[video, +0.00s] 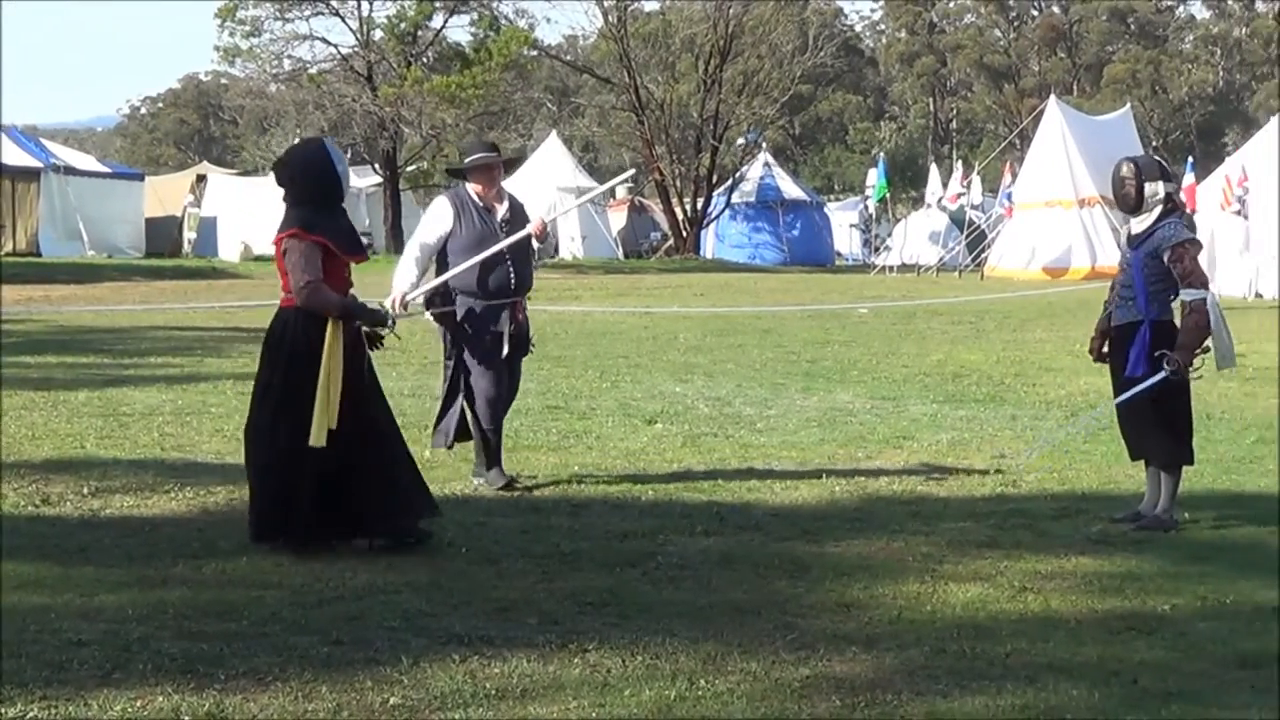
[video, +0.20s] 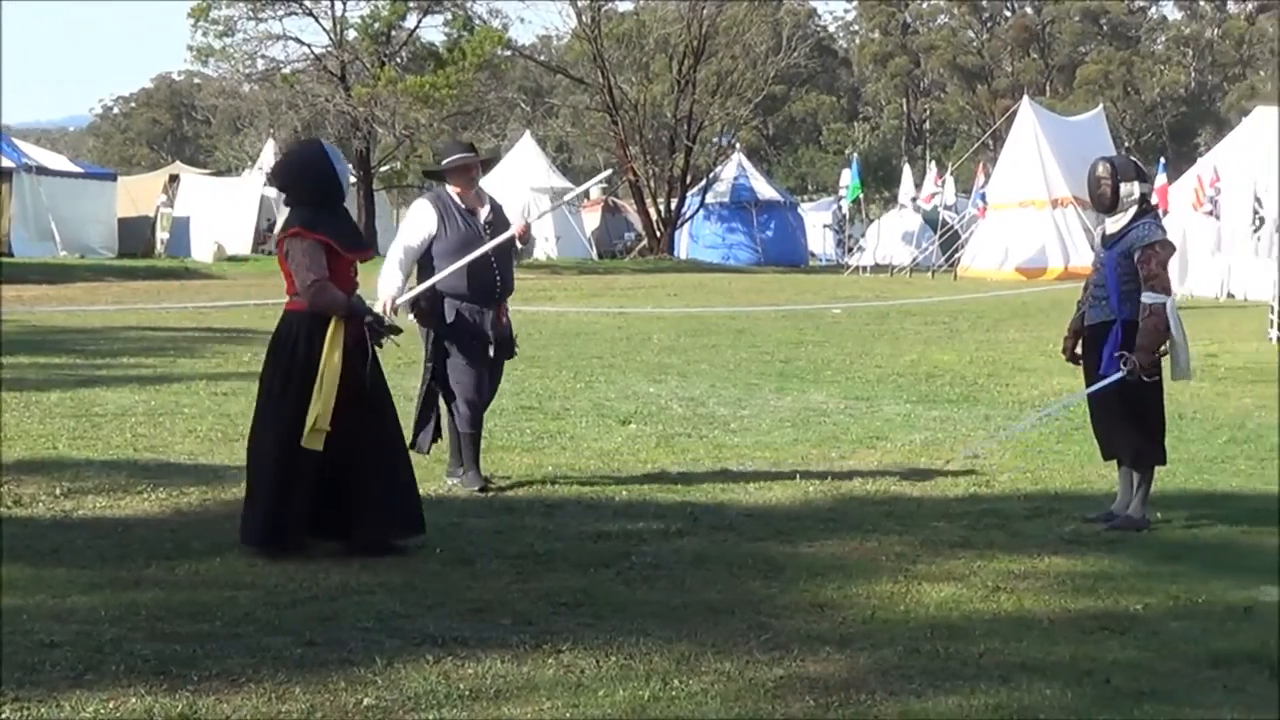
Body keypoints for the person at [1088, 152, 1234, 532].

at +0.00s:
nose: (1124, 192)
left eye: (1131, 184)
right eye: (1120, 185)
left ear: (1153, 186)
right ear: (1119, 188)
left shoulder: (1171, 229)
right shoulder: (1136, 229)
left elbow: (1198, 295)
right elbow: (1121, 285)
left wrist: (1183, 350)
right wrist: (1103, 327)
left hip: (1155, 333)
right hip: (1128, 333)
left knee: (1165, 415)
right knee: (1142, 414)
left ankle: (1165, 509)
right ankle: (1150, 502)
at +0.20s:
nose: (1102, 190)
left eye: (1109, 183)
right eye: (1099, 183)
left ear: (1132, 186)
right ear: (1100, 188)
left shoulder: (1146, 232)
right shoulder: (1110, 231)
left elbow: (1156, 297)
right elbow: (1095, 285)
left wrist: (1144, 349)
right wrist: (1076, 327)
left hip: (1130, 334)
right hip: (1101, 333)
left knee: (1137, 415)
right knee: (1113, 414)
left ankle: (1138, 508)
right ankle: (1123, 501)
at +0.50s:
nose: (1066, 190)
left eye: (1073, 183)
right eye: (1065, 183)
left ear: (1095, 187)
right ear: (1071, 188)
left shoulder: (1110, 234)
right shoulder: (1079, 231)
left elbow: (1107, 301)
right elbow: (1065, 289)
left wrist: (1089, 350)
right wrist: (1049, 330)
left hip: (1098, 337)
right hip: (1071, 336)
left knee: (1104, 420)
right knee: (1082, 419)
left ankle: (1104, 508)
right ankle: (1090, 501)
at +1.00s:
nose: (1015, 195)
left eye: (1021, 187)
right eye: (1015, 186)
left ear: (1041, 189)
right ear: (1043, 191)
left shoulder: (1060, 241)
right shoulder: (1036, 234)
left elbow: (1052, 306)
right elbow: (1025, 296)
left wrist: (1036, 352)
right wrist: (1009, 337)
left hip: (1048, 339)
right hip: (1025, 336)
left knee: (1057, 422)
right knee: (1037, 421)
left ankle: (1058, 508)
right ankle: (1044, 502)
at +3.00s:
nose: (1013, 196)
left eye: (1021, 189)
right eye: (1009, 189)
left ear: (1044, 192)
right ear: (1005, 193)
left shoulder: (1063, 236)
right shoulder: (1013, 234)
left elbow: (1072, 300)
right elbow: (1002, 288)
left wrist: (1063, 353)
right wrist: (990, 334)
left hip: (1050, 337)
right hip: (1016, 337)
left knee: (1054, 417)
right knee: (1027, 415)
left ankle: (1053, 508)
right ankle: (1039, 501)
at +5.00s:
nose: (1004, 198)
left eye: (1012, 191)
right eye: (1000, 191)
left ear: (1035, 194)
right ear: (997, 196)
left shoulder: (1056, 238)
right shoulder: (1008, 236)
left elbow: (1065, 302)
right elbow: (996, 290)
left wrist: (1058, 354)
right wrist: (986, 336)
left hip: (1044, 339)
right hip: (1011, 339)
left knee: (1051, 419)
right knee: (1025, 418)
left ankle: (1053, 508)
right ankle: (1038, 502)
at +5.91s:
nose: (1006, 198)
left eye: (1014, 191)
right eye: (1003, 191)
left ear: (1037, 194)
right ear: (1000, 195)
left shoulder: (1057, 238)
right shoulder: (1010, 236)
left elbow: (1066, 301)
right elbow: (999, 289)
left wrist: (1058, 354)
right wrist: (989, 336)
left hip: (1045, 338)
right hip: (1013, 339)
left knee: (1051, 418)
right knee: (1026, 417)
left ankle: (1053, 508)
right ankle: (1038, 501)